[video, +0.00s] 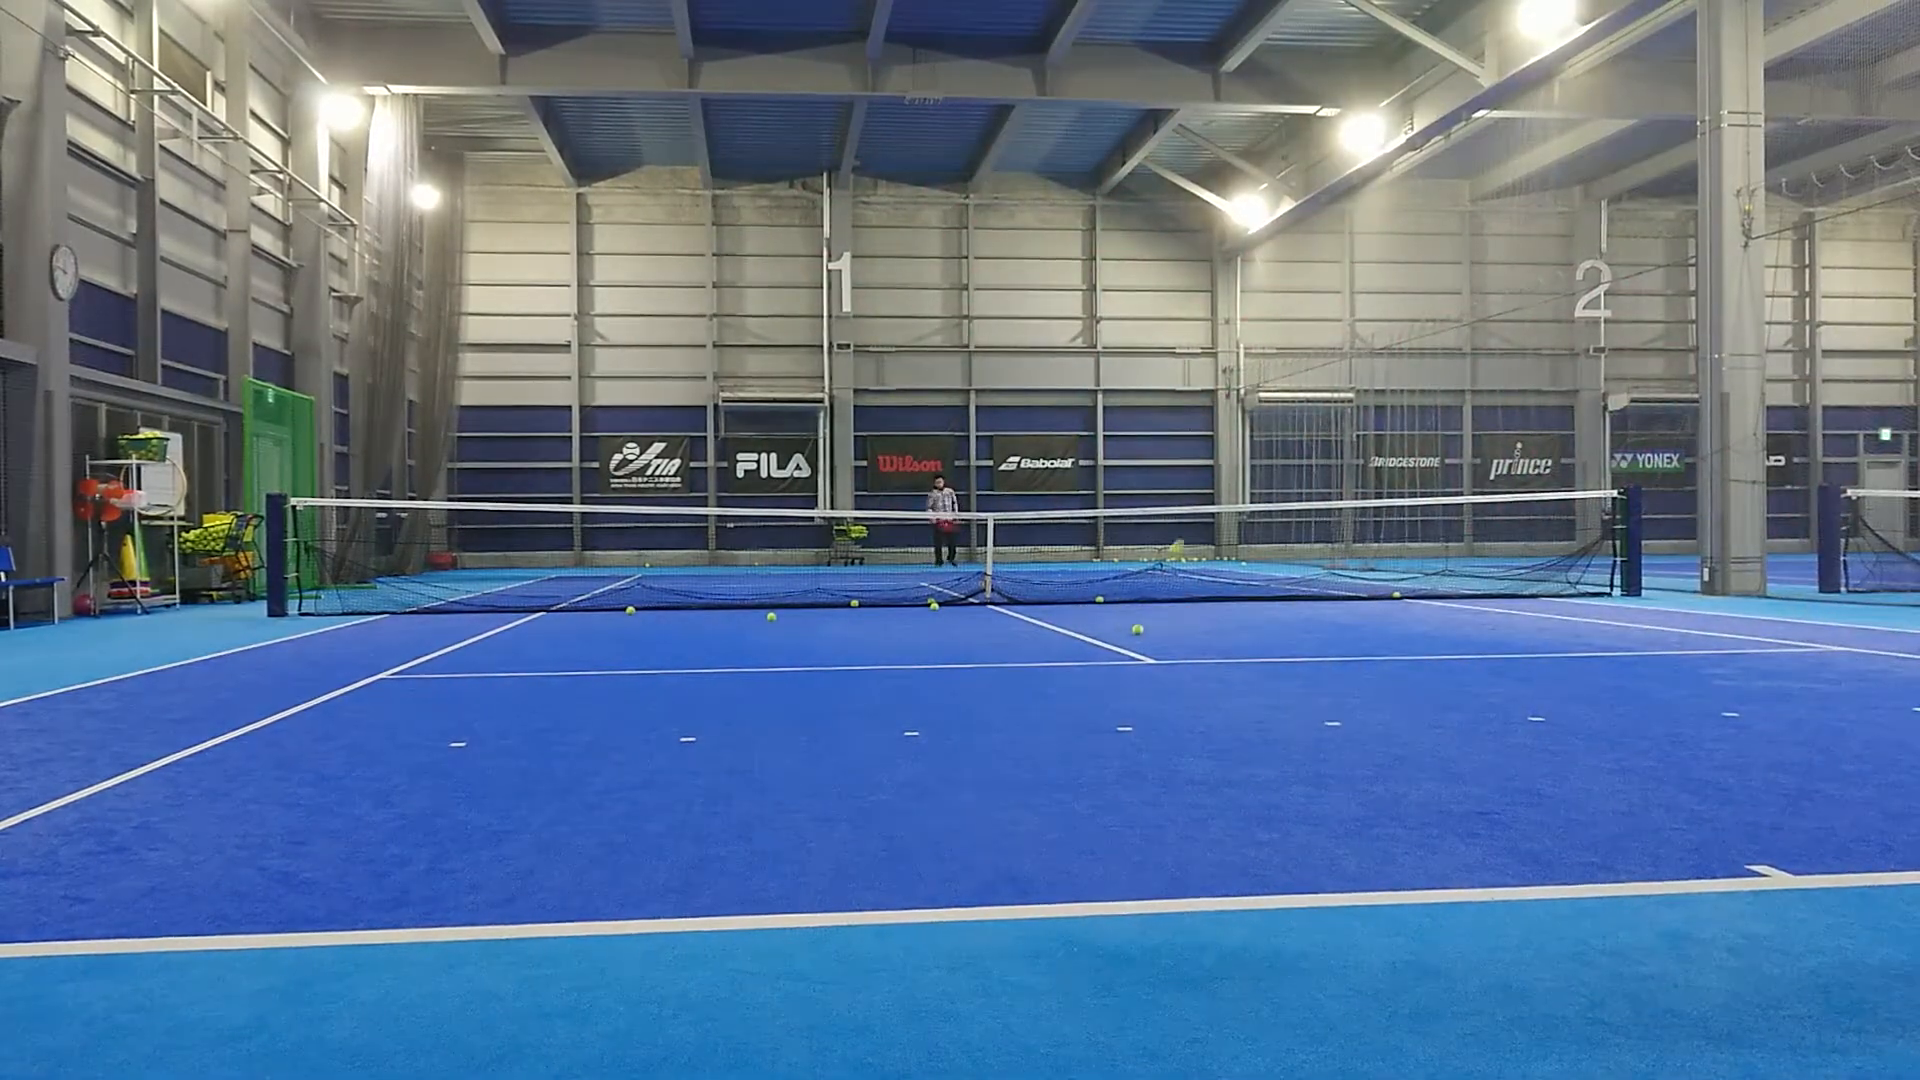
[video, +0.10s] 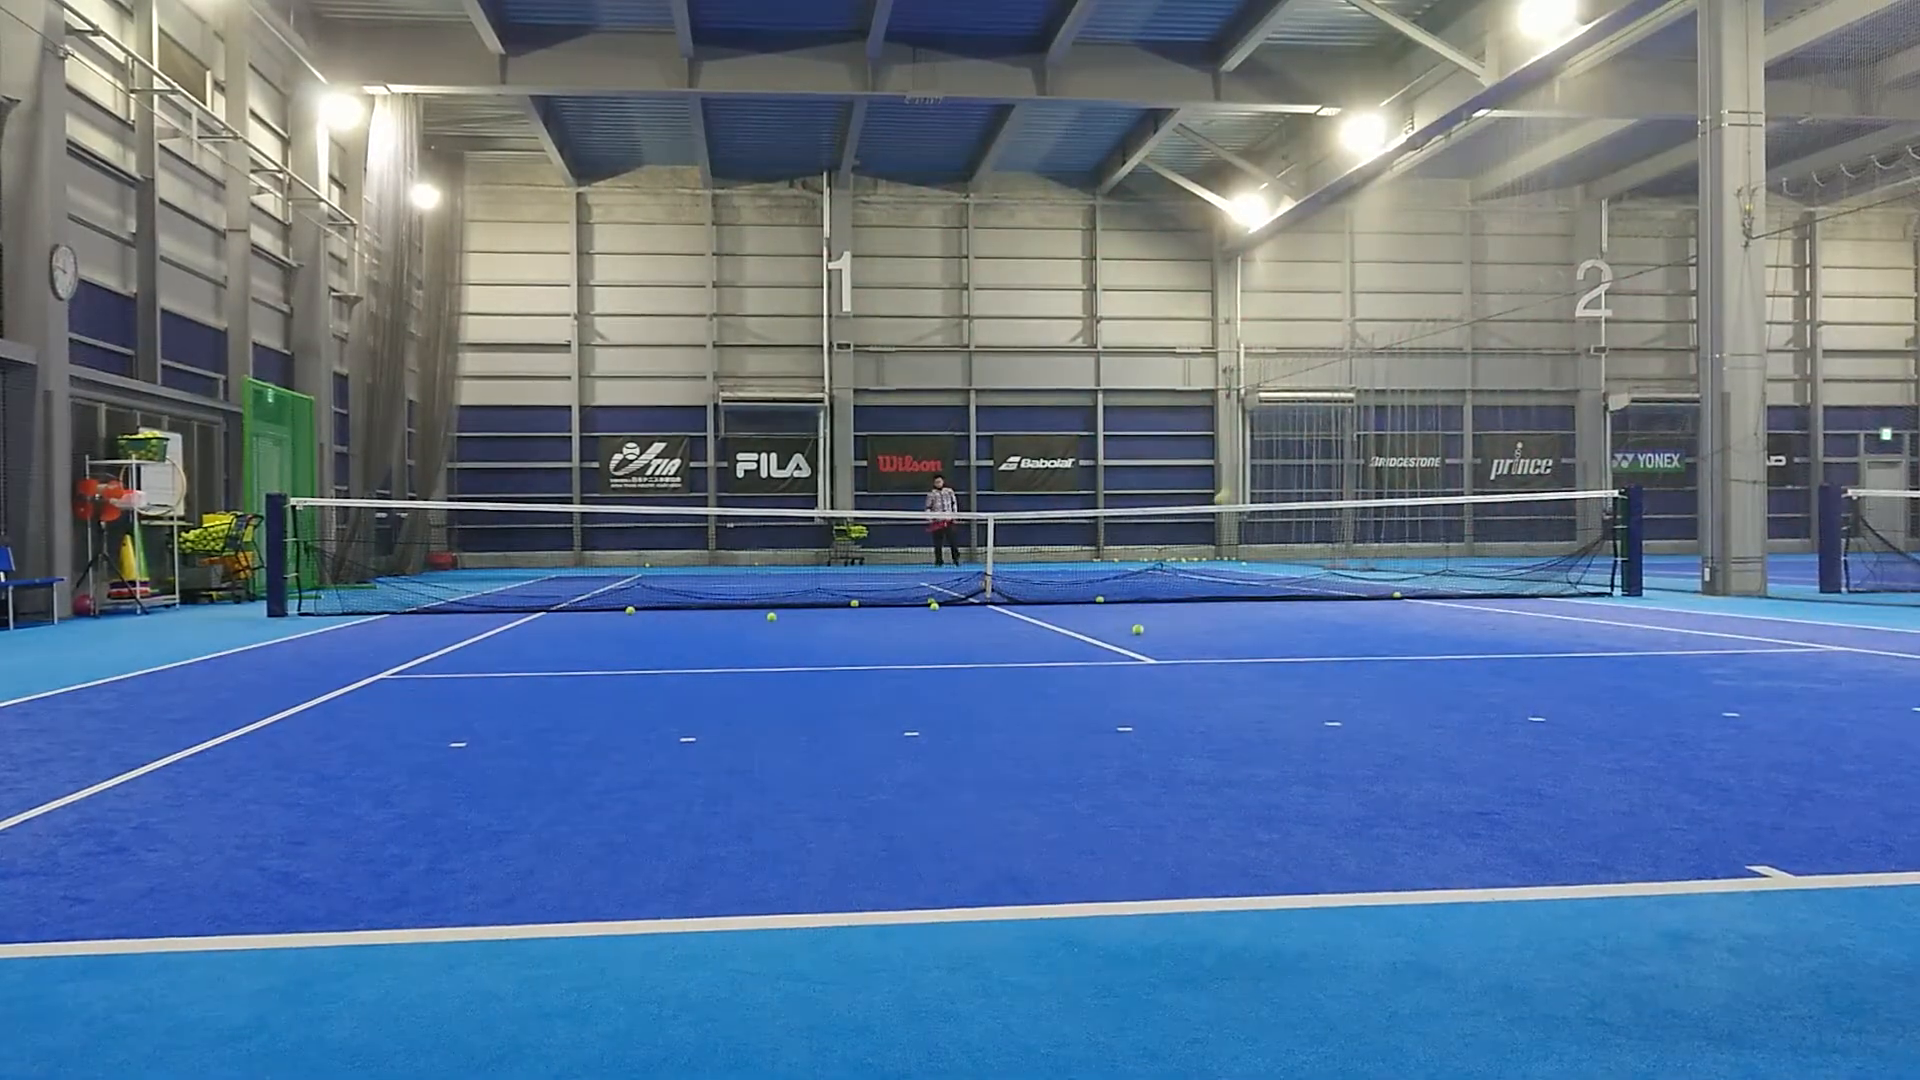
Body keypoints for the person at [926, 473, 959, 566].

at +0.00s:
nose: (939, 484)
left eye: (941, 482)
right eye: (937, 482)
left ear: (944, 482)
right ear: (934, 483)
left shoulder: (950, 492)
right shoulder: (932, 494)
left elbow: (955, 504)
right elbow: (929, 508)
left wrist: (956, 515)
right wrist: (932, 517)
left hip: (950, 519)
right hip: (938, 520)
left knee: (952, 541)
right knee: (938, 542)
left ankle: (951, 558)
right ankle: (939, 560)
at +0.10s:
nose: (938, 483)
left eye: (940, 481)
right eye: (936, 482)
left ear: (943, 482)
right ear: (934, 483)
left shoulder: (949, 492)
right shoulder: (931, 494)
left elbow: (954, 504)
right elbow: (927, 508)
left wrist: (955, 515)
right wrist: (929, 519)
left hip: (949, 520)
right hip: (937, 521)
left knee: (953, 542)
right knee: (938, 543)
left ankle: (956, 559)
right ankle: (939, 560)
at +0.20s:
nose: (938, 483)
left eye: (940, 481)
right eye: (936, 482)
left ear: (943, 482)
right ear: (933, 483)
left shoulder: (949, 492)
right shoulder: (931, 495)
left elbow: (954, 504)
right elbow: (927, 508)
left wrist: (953, 515)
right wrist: (929, 518)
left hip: (948, 520)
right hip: (936, 522)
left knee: (953, 543)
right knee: (937, 545)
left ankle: (960, 562)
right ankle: (939, 562)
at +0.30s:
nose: (939, 484)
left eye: (940, 482)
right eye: (937, 482)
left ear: (943, 482)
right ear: (934, 484)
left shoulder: (950, 492)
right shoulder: (932, 495)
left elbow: (955, 505)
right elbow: (928, 509)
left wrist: (953, 515)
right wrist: (929, 519)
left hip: (949, 521)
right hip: (937, 522)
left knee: (953, 543)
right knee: (937, 545)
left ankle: (960, 562)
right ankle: (939, 562)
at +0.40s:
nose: (940, 484)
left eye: (942, 482)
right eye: (938, 483)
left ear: (945, 483)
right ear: (935, 484)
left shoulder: (951, 493)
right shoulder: (933, 495)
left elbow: (957, 505)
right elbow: (930, 509)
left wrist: (954, 516)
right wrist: (930, 520)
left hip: (949, 522)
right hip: (938, 522)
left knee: (952, 543)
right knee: (938, 544)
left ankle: (956, 561)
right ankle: (939, 561)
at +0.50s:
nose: (942, 484)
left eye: (944, 482)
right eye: (940, 482)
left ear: (947, 483)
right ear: (937, 484)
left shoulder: (953, 493)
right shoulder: (935, 495)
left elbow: (958, 506)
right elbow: (931, 509)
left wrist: (956, 516)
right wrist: (932, 520)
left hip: (951, 522)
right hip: (939, 523)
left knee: (952, 544)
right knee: (938, 544)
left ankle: (955, 562)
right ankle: (938, 561)